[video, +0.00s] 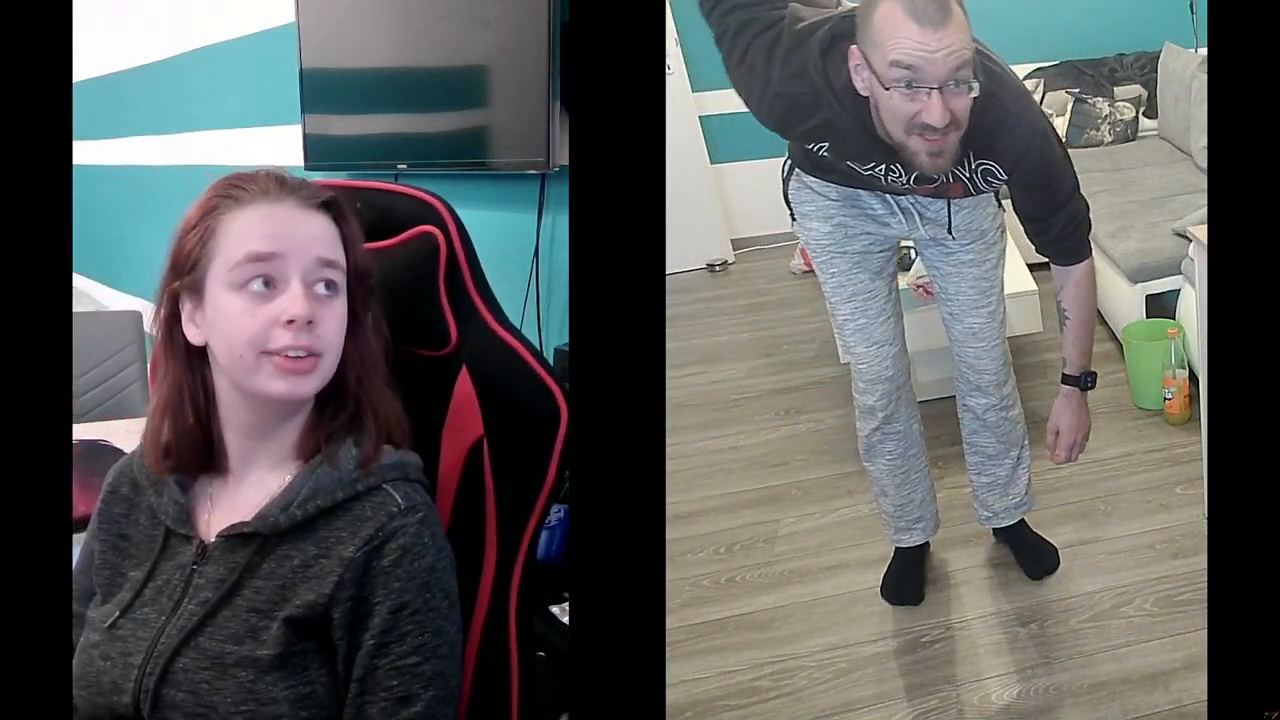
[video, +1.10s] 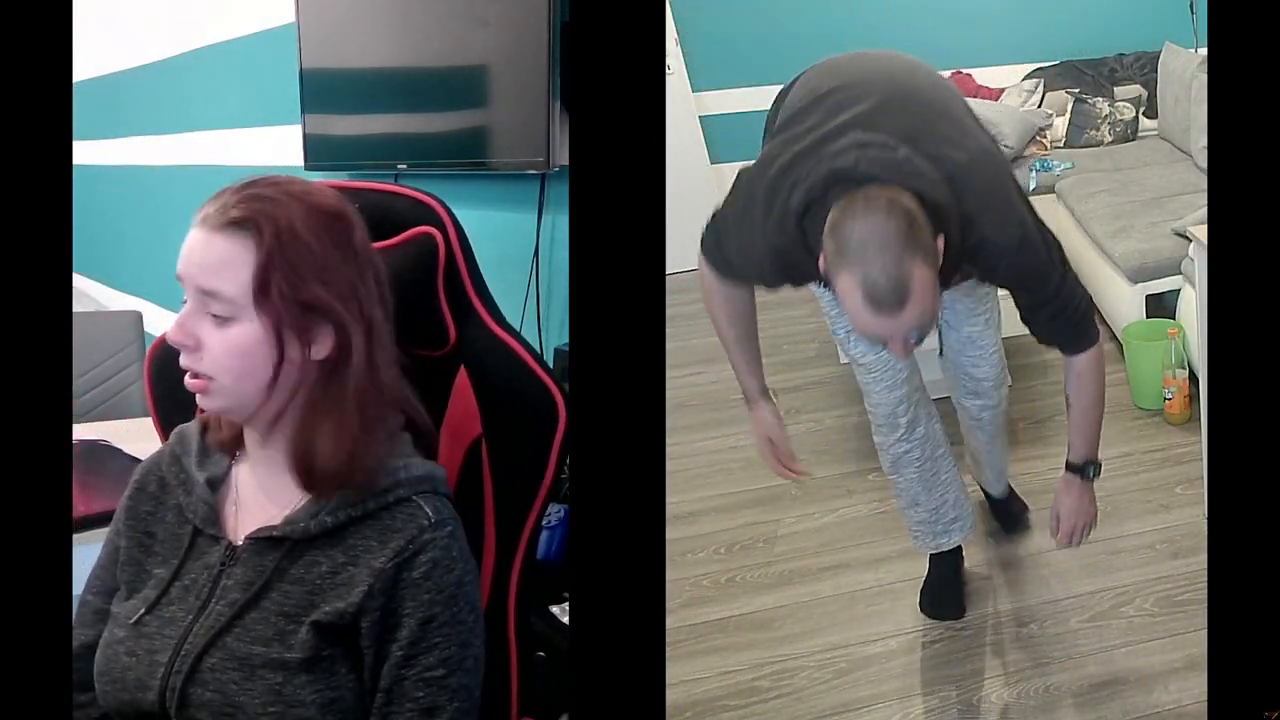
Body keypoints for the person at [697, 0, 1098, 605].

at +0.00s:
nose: (938, 112)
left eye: (957, 82)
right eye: (910, 85)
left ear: (973, 64)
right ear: (861, 71)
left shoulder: (1012, 120)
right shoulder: (790, 76)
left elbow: (1071, 249)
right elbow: (722, 3)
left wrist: (1077, 385)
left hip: (963, 194)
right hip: (837, 189)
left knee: (985, 362)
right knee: (877, 376)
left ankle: (1007, 513)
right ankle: (909, 534)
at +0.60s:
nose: (955, 188)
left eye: (974, 162)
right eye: (931, 162)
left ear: (995, 122)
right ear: (887, 127)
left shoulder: (1034, 150)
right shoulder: (818, 119)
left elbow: (1090, 271)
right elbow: (748, 3)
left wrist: (1097, 397)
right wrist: (844, 40)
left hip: (990, 192)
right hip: (867, 179)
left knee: (1001, 357)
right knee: (912, 370)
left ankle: (1010, 516)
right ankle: (941, 542)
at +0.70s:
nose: (948, 211)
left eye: (968, 182)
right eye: (924, 186)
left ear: (988, 134)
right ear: (879, 145)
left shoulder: (1025, 150)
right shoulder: (813, 134)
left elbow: (1087, 276)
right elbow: (739, 23)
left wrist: (1097, 403)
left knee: (997, 354)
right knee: (915, 366)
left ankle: (1010, 516)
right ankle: (946, 541)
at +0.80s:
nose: (939, 238)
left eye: (958, 210)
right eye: (913, 213)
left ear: (977, 147)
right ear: (868, 166)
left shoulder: (1017, 161)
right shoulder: (805, 158)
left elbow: (1083, 285)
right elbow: (715, 34)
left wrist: (1094, 412)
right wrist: (712, 23)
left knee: (991, 355)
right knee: (911, 370)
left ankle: (1010, 516)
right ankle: (945, 542)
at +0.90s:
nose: (922, 280)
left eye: (939, 248)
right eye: (896, 251)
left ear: (965, 182)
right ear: (852, 191)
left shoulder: (1015, 186)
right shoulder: (796, 183)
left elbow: (1080, 306)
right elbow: (706, 117)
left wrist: (1091, 431)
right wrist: (731, 265)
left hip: (950, 78)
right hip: (821, 85)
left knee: (986, 364)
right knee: (903, 377)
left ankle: (1009, 514)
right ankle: (944, 541)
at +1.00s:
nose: (911, 315)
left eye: (927, 291)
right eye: (886, 298)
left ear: (949, 217)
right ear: (837, 229)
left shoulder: (1005, 203)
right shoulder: (781, 196)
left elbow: (1080, 322)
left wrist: (1084, 451)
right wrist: (733, 345)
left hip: (938, 79)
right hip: (812, 89)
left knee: (983, 364)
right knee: (899, 386)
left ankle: (1008, 506)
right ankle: (944, 541)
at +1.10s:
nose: (902, 351)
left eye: (917, 330)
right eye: (880, 338)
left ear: (938, 252)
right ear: (825, 266)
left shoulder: (994, 224)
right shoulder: (771, 227)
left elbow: (1083, 341)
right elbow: (717, 264)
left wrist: (1082, 472)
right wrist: (757, 399)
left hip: (927, 90)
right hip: (804, 101)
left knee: (984, 376)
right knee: (892, 400)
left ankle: (995, 483)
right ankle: (941, 542)